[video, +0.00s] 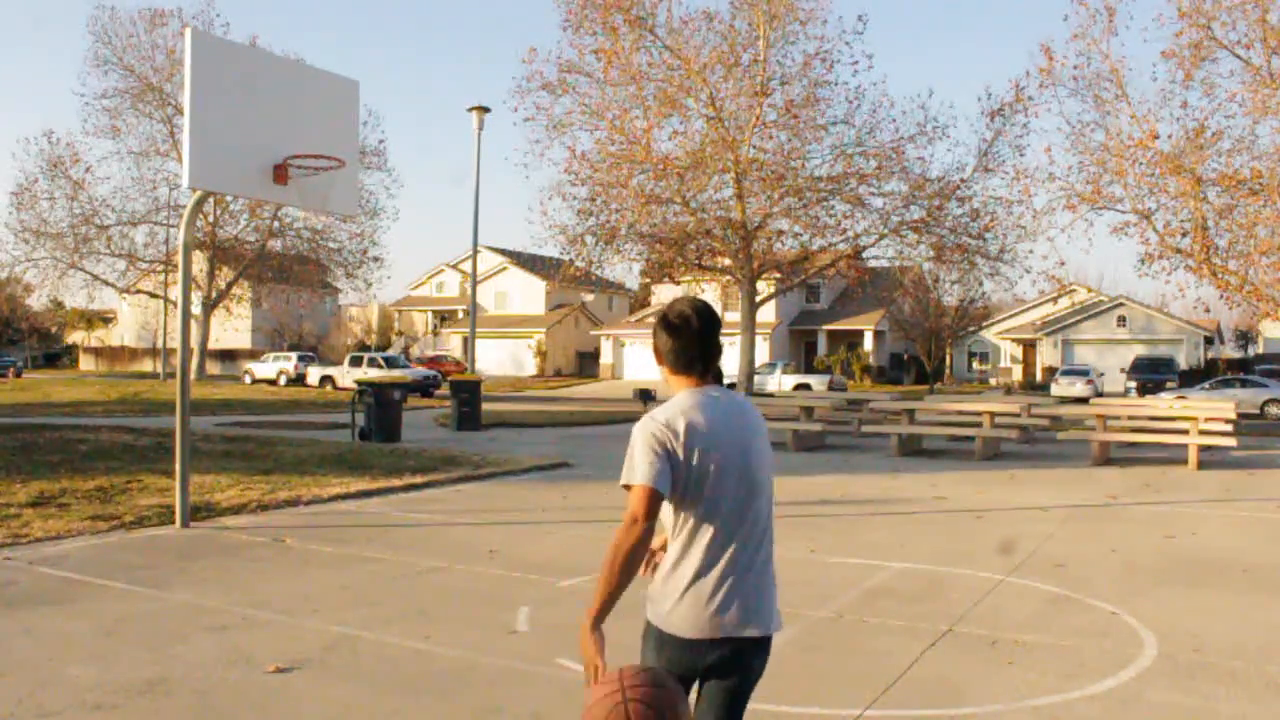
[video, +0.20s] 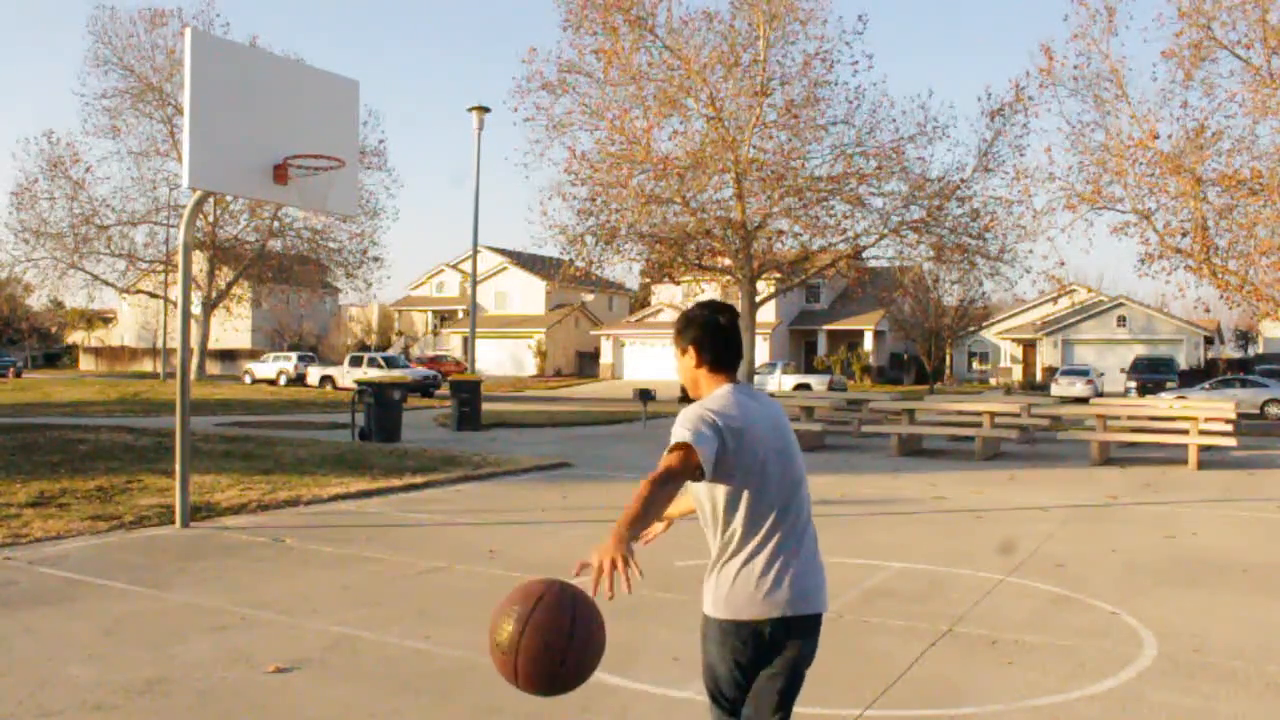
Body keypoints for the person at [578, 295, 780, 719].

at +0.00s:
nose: (655, 355)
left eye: (655, 347)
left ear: (658, 356)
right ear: (717, 350)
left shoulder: (660, 425)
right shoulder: (750, 415)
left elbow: (639, 523)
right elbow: (738, 505)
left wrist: (594, 620)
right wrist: (675, 541)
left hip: (682, 624)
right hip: (751, 625)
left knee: (654, 714)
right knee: (718, 714)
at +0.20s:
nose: (677, 365)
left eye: (678, 353)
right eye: (677, 354)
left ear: (693, 355)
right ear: (735, 354)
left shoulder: (705, 413)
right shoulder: (768, 406)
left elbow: (671, 473)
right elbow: (738, 480)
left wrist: (619, 536)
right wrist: (673, 512)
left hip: (740, 606)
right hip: (803, 603)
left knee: (728, 710)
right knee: (769, 714)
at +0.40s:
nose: (691, 398)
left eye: (693, 385)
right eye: (687, 388)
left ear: (729, 374)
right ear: (730, 375)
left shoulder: (734, 440)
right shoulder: (790, 415)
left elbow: (746, 546)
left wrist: (722, 618)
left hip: (784, 614)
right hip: (840, 604)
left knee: (749, 698)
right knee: (812, 696)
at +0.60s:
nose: (710, 458)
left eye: (718, 446)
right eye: (706, 445)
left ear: (756, 439)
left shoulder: (756, 507)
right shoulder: (804, 469)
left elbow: (784, 604)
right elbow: (851, 550)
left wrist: (762, 600)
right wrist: (887, 611)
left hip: (823, 656)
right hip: (868, 640)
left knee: (743, 710)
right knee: (841, 714)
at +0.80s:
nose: (653, 461)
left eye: (662, 447)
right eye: (647, 448)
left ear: (700, 440)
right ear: (641, 447)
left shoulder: (721, 504)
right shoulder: (725, 473)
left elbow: (767, 603)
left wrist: (706, 645)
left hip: (788, 642)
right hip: (808, 629)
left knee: (687, 714)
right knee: (831, 715)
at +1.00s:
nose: (511, 487)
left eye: (520, 472)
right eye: (506, 474)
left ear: (562, 464)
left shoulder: (602, 531)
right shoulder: (574, 506)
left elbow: (609, 661)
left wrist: (549, 716)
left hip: (690, 656)